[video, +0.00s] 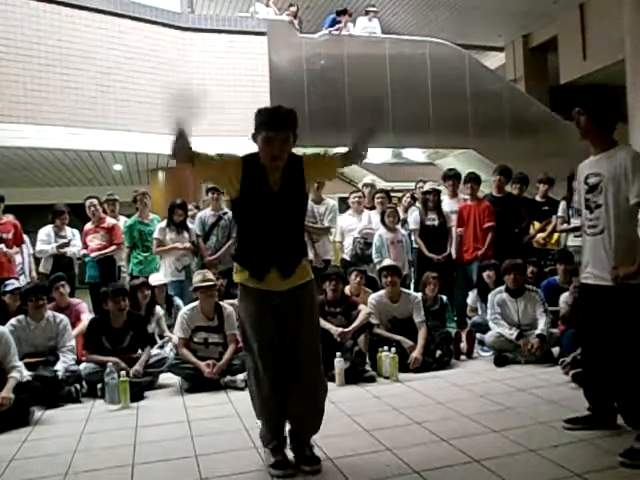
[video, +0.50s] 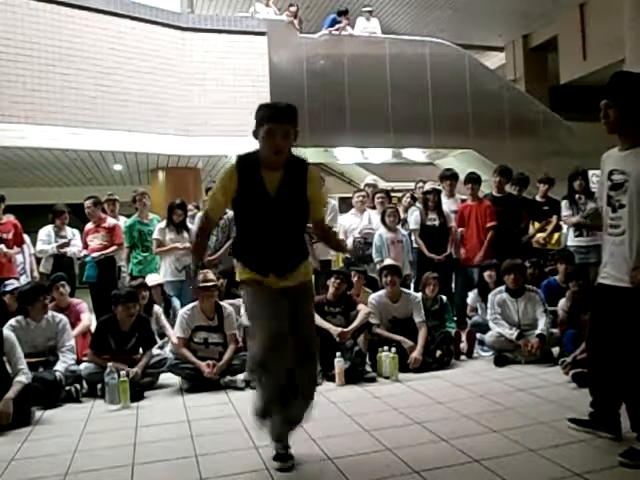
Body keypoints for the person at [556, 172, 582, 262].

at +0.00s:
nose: (577, 185)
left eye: (579, 182)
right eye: (575, 182)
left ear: (582, 184)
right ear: (571, 184)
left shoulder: (587, 201)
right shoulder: (565, 203)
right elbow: (559, 226)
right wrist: (577, 226)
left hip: (587, 243)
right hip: (572, 243)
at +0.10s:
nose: (579, 185)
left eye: (581, 181)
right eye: (576, 181)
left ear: (585, 183)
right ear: (571, 184)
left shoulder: (589, 201)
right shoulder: (566, 203)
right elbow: (562, 227)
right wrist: (579, 222)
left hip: (590, 242)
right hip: (574, 242)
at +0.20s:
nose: (579, 183)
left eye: (582, 180)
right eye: (576, 180)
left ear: (586, 182)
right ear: (571, 183)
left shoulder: (590, 200)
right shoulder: (566, 202)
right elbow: (563, 227)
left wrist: (589, 217)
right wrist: (580, 220)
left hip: (590, 243)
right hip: (574, 244)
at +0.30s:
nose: (579, 183)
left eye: (582, 180)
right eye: (576, 180)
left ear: (586, 182)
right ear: (571, 183)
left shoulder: (592, 200)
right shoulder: (566, 203)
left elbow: (596, 222)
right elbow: (564, 226)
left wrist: (580, 218)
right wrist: (580, 220)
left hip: (591, 243)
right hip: (574, 243)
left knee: (589, 278)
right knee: (575, 278)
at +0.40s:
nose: (579, 183)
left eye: (582, 179)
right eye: (575, 180)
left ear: (586, 182)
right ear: (571, 183)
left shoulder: (594, 199)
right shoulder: (566, 202)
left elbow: (599, 221)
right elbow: (566, 222)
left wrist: (577, 220)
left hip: (593, 243)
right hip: (575, 243)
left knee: (592, 278)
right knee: (576, 277)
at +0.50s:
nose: (579, 183)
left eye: (582, 179)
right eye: (576, 180)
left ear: (586, 182)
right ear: (571, 183)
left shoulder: (595, 198)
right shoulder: (567, 201)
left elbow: (601, 222)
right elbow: (567, 220)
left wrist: (580, 221)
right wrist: (582, 217)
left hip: (594, 243)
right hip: (575, 243)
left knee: (592, 278)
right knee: (575, 278)